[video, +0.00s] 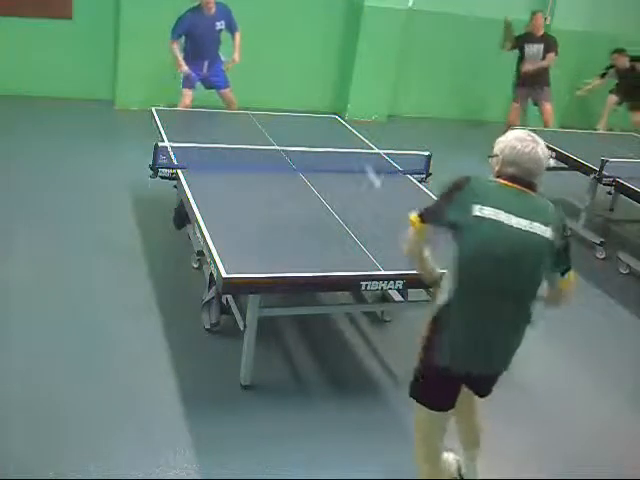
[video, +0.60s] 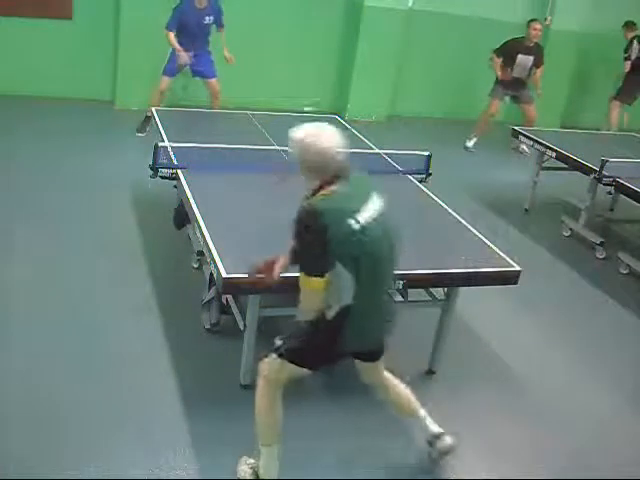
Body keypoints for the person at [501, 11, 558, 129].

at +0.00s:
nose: (537, 23)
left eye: (539, 21)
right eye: (535, 20)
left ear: (543, 22)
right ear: (531, 22)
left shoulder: (550, 40)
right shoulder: (523, 38)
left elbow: (549, 61)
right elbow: (507, 46)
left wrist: (532, 67)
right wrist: (508, 30)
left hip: (541, 83)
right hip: (523, 81)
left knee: (546, 111)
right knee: (515, 110)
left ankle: (549, 135)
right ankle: (511, 136)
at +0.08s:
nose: (542, 17)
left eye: (544, 14)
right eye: (539, 14)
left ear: (547, 17)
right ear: (534, 16)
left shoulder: (551, 34)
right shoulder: (525, 31)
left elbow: (554, 50)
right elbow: (508, 36)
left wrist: (537, 56)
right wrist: (509, 19)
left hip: (540, 76)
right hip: (522, 75)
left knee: (543, 105)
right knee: (516, 104)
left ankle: (548, 131)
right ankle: (514, 131)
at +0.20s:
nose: (547, 15)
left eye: (550, 13)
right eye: (545, 12)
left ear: (552, 16)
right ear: (538, 13)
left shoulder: (554, 32)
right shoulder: (527, 26)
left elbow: (556, 46)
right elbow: (508, 26)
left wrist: (536, 46)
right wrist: (511, 7)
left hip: (539, 75)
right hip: (521, 72)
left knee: (536, 107)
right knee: (514, 103)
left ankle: (531, 133)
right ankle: (510, 132)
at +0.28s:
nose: (547, 20)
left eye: (550, 17)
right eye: (545, 16)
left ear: (553, 20)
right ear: (538, 17)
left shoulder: (554, 37)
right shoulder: (527, 31)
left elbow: (557, 52)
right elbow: (507, 31)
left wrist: (542, 50)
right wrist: (508, 13)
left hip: (536, 81)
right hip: (518, 77)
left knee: (533, 115)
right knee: (507, 110)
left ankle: (524, 141)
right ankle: (499, 138)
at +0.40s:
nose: (544, 28)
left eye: (547, 26)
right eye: (542, 25)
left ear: (550, 28)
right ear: (536, 25)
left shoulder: (549, 46)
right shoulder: (523, 40)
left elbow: (550, 68)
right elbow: (501, 45)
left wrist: (542, 67)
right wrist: (506, 33)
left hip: (531, 87)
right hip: (513, 83)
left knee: (531, 117)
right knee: (499, 112)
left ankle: (522, 143)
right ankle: (481, 136)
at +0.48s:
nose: (543, 31)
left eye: (545, 28)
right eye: (540, 27)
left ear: (547, 31)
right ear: (533, 28)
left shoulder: (546, 49)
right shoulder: (519, 42)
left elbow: (547, 68)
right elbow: (499, 51)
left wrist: (537, 79)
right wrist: (502, 45)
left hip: (528, 86)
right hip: (510, 83)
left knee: (530, 118)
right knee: (495, 111)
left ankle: (521, 142)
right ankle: (475, 137)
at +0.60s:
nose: (537, 33)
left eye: (539, 31)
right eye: (534, 29)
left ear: (541, 33)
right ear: (527, 30)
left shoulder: (538, 50)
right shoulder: (514, 44)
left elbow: (538, 69)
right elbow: (496, 56)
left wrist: (538, 88)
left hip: (521, 84)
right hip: (504, 80)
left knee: (531, 116)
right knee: (492, 111)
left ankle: (523, 142)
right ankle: (474, 137)